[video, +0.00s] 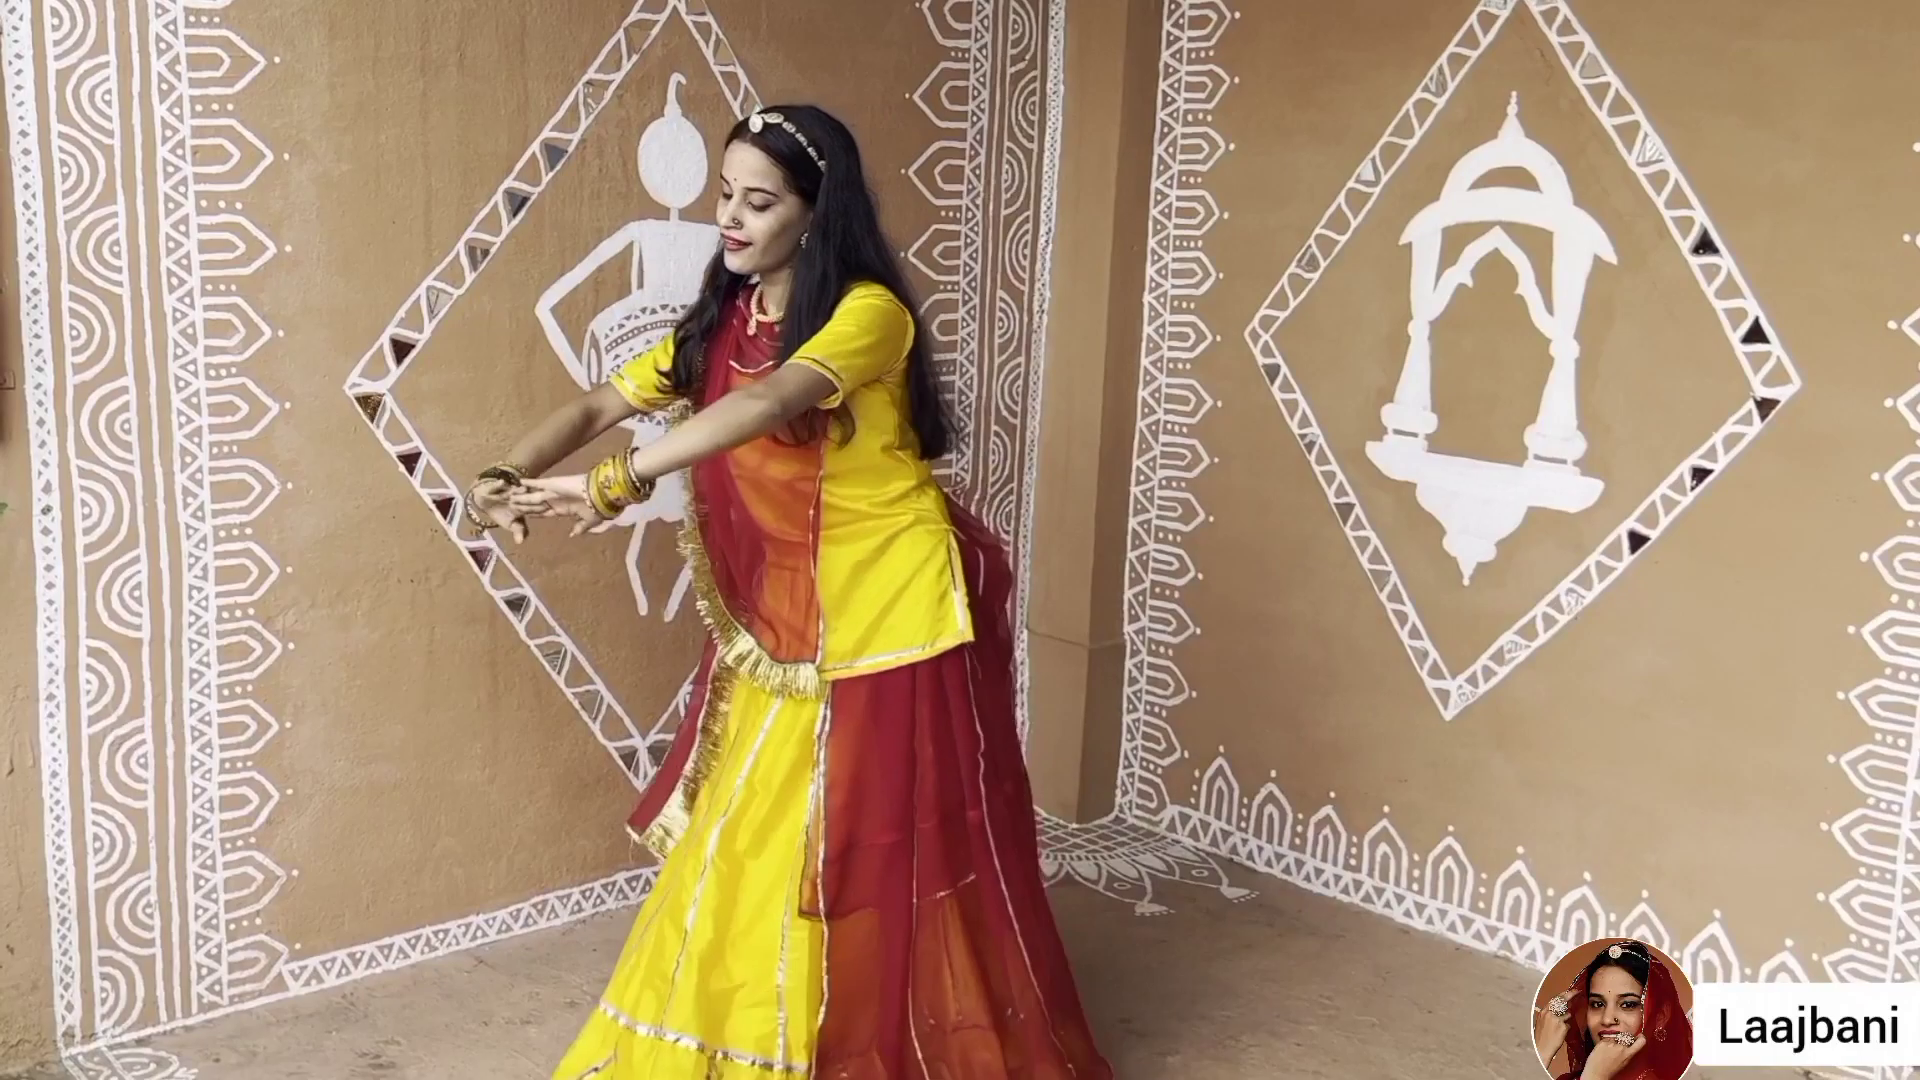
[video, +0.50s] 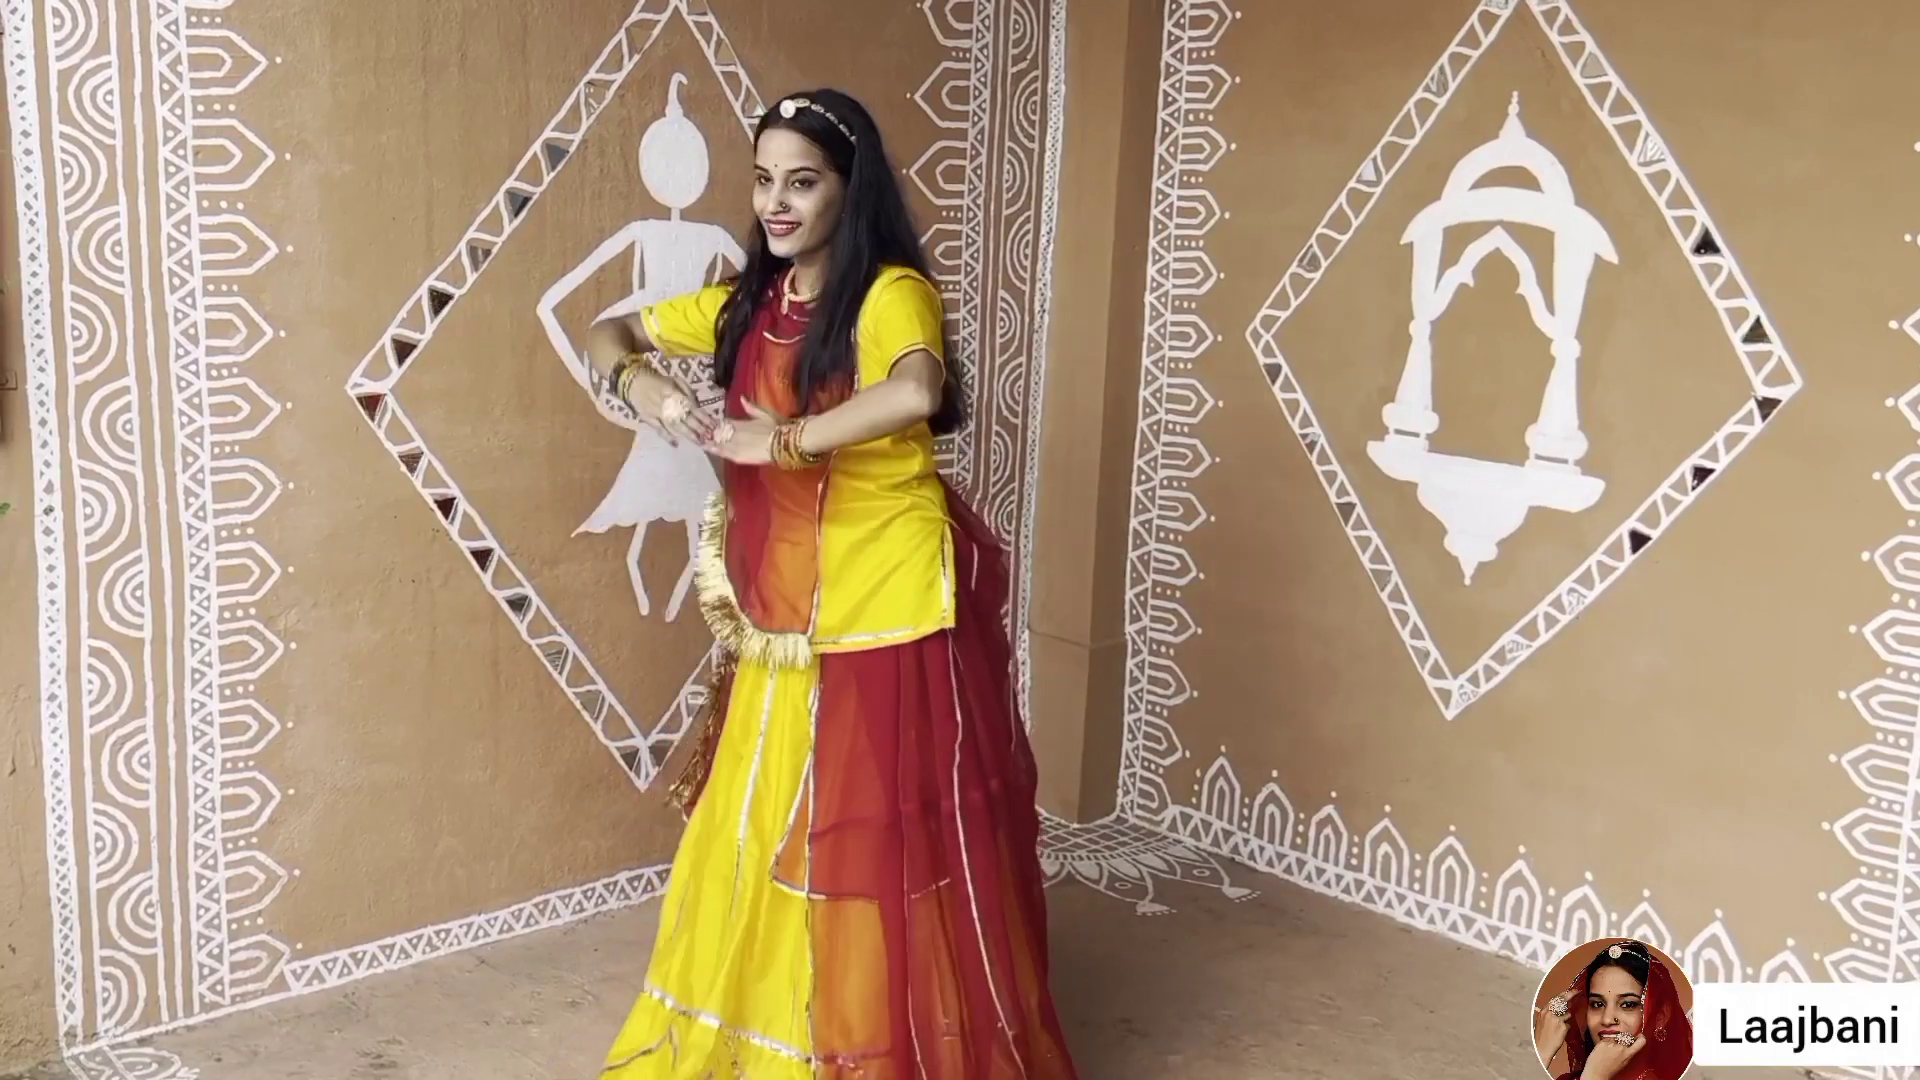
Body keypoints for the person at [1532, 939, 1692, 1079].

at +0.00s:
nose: (1608, 1019)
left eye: (1628, 1005)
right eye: (1597, 1004)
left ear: (1658, 1014)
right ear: (1586, 1010)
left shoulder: (1664, 1075)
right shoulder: (1569, 1077)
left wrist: (1595, 1075)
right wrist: (1539, 1055)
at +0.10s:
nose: (1608, 1019)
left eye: (1627, 1005)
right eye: (1597, 1004)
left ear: (1659, 1014)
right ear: (1586, 1010)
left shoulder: (1661, 1076)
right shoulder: (1570, 1078)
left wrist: (1595, 1076)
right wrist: (1540, 1054)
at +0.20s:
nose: (1608, 1019)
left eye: (1627, 1005)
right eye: (1597, 1004)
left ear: (1658, 1014)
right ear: (1586, 1010)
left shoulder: (1662, 1076)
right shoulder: (1570, 1078)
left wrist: (1595, 1076)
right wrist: (1540, 1054)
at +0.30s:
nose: (1608, 1019)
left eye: (1628, 1005)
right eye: (1597, 1004)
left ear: (1658, 1014)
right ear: (1586, 1010)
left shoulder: (1666, 1075)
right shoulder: (1569, 1077)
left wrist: (1596, 1075)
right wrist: (1539, 1055)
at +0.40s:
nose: (1608, 1019)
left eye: (1627, 1005)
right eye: (1597, 1004)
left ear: (1658, 1014)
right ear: (1586, 1010)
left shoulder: (1662, 1076)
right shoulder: (1569, 1078)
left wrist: (1595, 1076)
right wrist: (1540, 1054)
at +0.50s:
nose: (1608, 1019)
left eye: (1628, 1005)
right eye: (1597, 1004)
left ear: (1658, 1013)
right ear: (1586, 1011)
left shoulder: (1665, 1075)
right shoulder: (1569, 1077)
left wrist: (1596, 1075)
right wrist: (1540, 1055)